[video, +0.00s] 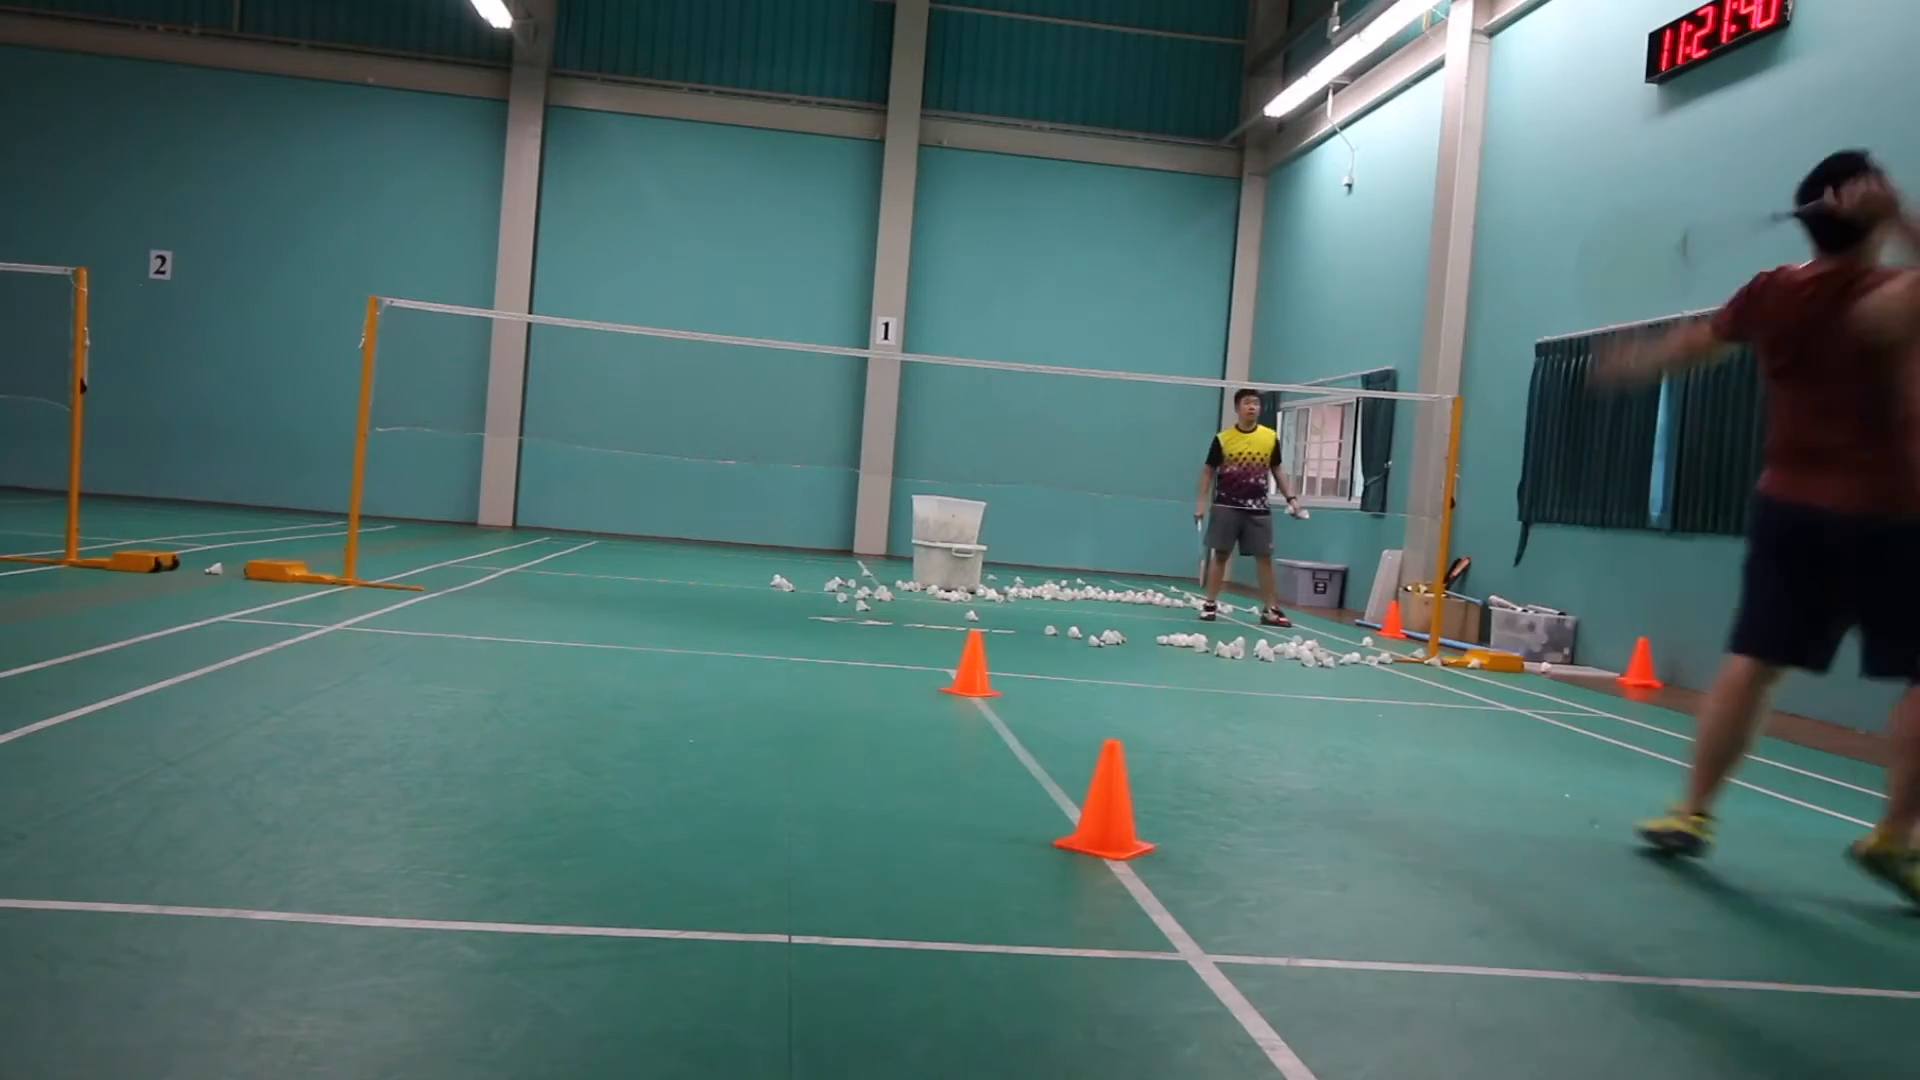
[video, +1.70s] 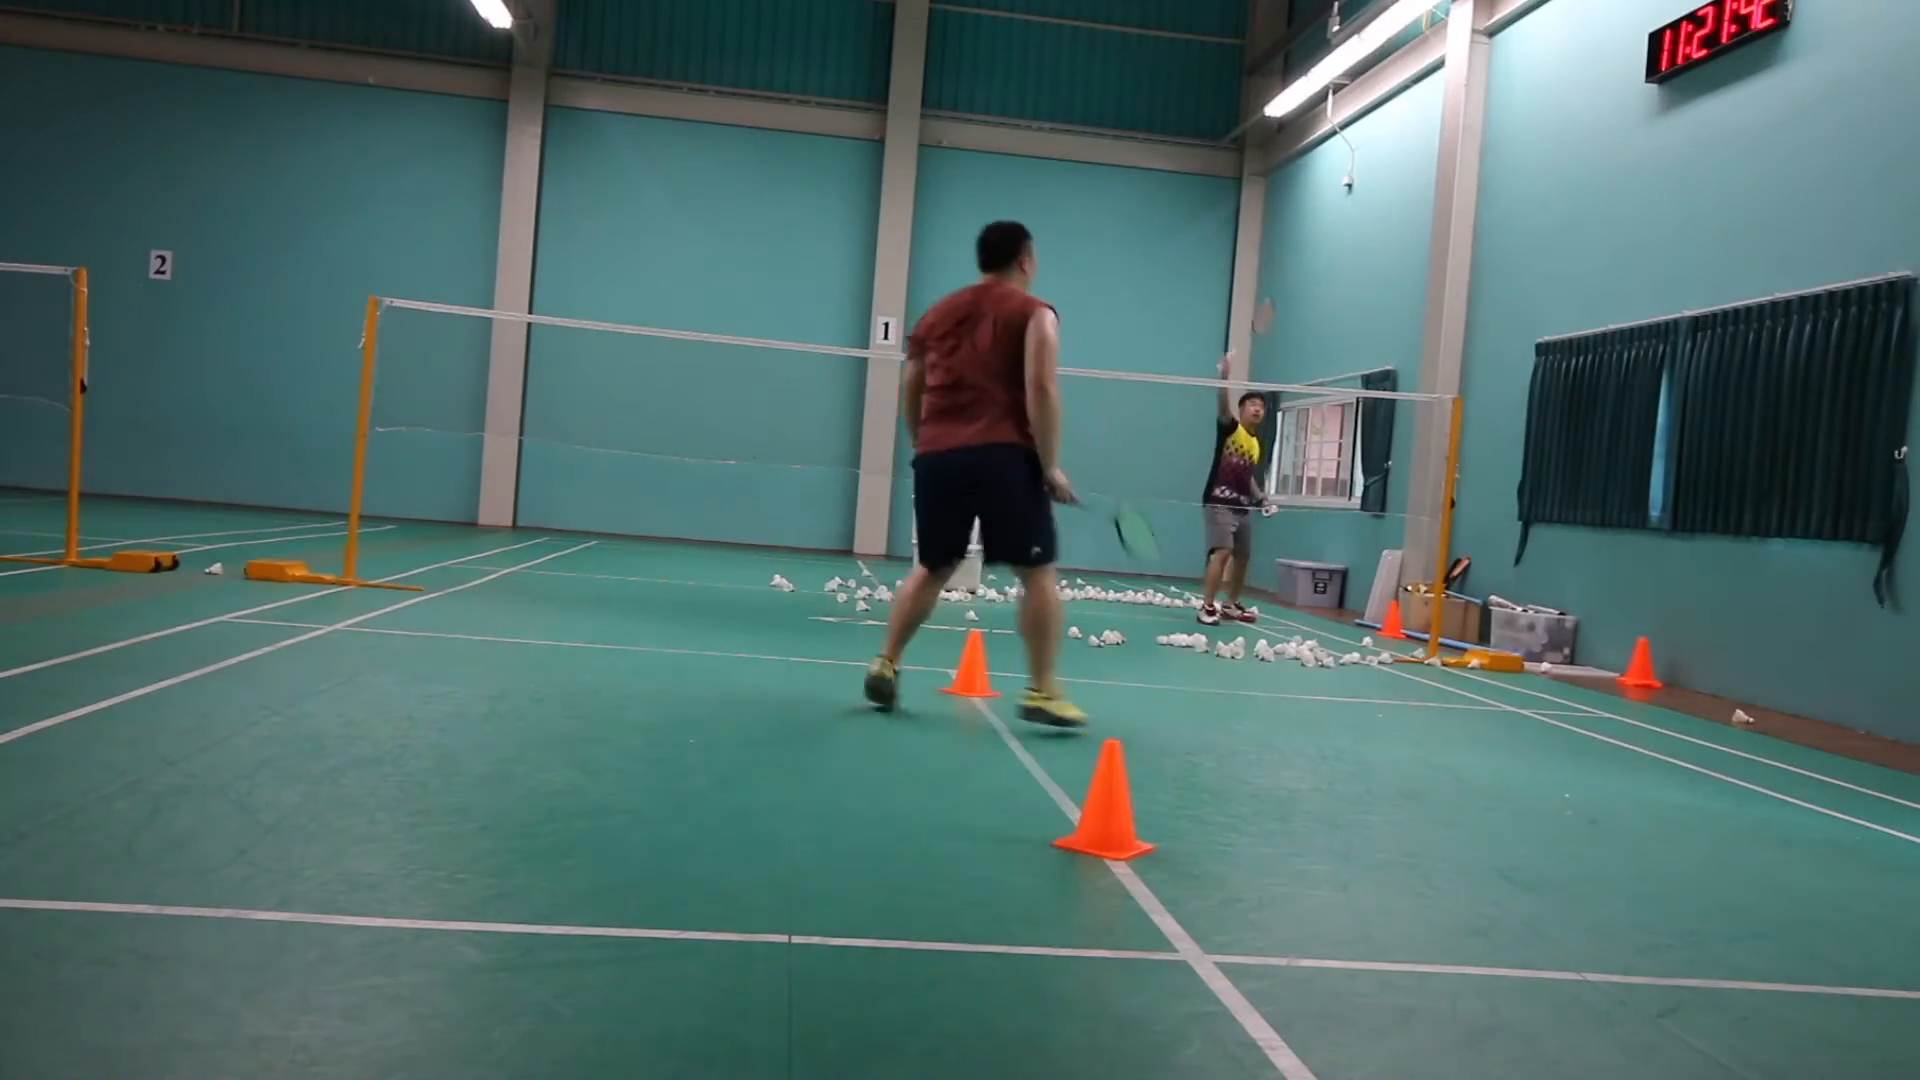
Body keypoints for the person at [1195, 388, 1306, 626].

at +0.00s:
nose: (1252, 407)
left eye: (1256, 403)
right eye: (1247, 403)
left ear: (1260, 408)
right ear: (1237, 408)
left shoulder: (1270, 438)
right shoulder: (1222, 439)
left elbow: (1278, 470)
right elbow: (1208, 473)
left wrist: (1291, 498)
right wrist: (1202, 504)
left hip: (1258, 509)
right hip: (1227, 507)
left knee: (1265, 558)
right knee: (1220, 555)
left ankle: (1270, 608)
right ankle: (1210, 602)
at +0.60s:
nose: (1252, 430)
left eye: (1257, 426)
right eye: (1248, 424)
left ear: (1262, 428)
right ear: (1240, 424)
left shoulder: (1266, 448)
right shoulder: (1225, 445)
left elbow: (1272, 475)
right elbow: (1200, 456)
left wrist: (1291, 499)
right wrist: (1187, 466)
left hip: (1251, 514)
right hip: (1220, 511)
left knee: (1259, 559)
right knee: (1207, 555)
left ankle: (1269, 608)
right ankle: (1190, 602)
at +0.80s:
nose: (1228, 426)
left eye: (1233, 421)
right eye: (1225, 420)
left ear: (1240, 425)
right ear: (1217, 421)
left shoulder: (1245, 444)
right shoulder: (1205, 447)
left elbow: (1247, 470)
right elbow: (1185, 465)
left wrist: (1262, 494)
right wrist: (1176, 482)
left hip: (1232, 508)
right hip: (1203, 507)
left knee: (1241, 554)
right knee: (1198, 550)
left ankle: (1243, 603)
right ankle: (1189, 602)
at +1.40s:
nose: (1242, 416)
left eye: (1246, 412)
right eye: (1238, 411)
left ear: (1252, 416)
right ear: (1230, 415)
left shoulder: (1260, 441)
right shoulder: (1215, 446)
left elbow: (1264, 472)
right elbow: (1202, 479)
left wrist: (1278, 497)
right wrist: (1203, 510)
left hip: (1246, 509)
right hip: (1220, 508)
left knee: (1246, 556)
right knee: (1215, 549)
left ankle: (1235, 604)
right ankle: (1197, 599)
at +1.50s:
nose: (1251, 419)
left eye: (1255, 415)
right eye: (1247, 414)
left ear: (1260, 420)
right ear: (1237, 417)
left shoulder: (1260, 445)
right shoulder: (1224, 443)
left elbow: (1261, 475)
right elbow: (1208, 469)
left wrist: (1275, 499)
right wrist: (1217, 502)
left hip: (1243, 507)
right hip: (1218, 505)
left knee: (1246, 558)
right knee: (1218, 551)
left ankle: (1236, 604)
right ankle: (1208, 605)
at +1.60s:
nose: (1256, 419)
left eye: (1260, 415)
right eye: (1251, 413)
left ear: (1263, 420)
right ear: (1240, 416)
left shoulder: (1257, 447)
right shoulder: (1227, 436)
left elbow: (1254, 476)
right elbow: (1222, 444)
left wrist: (1268, 500)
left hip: (1240, 509)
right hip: (1216, 505)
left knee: (1245, 557)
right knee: (1219, 550)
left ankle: (1236, 604)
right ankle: (1207, 605)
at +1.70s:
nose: (1257, 410)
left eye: (1261, 407)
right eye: (1252, 405)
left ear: (1264, 414)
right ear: (1240, 410)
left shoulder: (1257, 444)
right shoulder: (1229, 428)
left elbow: (1248, 475)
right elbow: (1224, 408)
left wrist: (1261, 497)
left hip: (1241, 505)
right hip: (1219, 501)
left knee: (1241, 555)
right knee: (1222, 551)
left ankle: (1232, 603)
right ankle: (1208, 605)